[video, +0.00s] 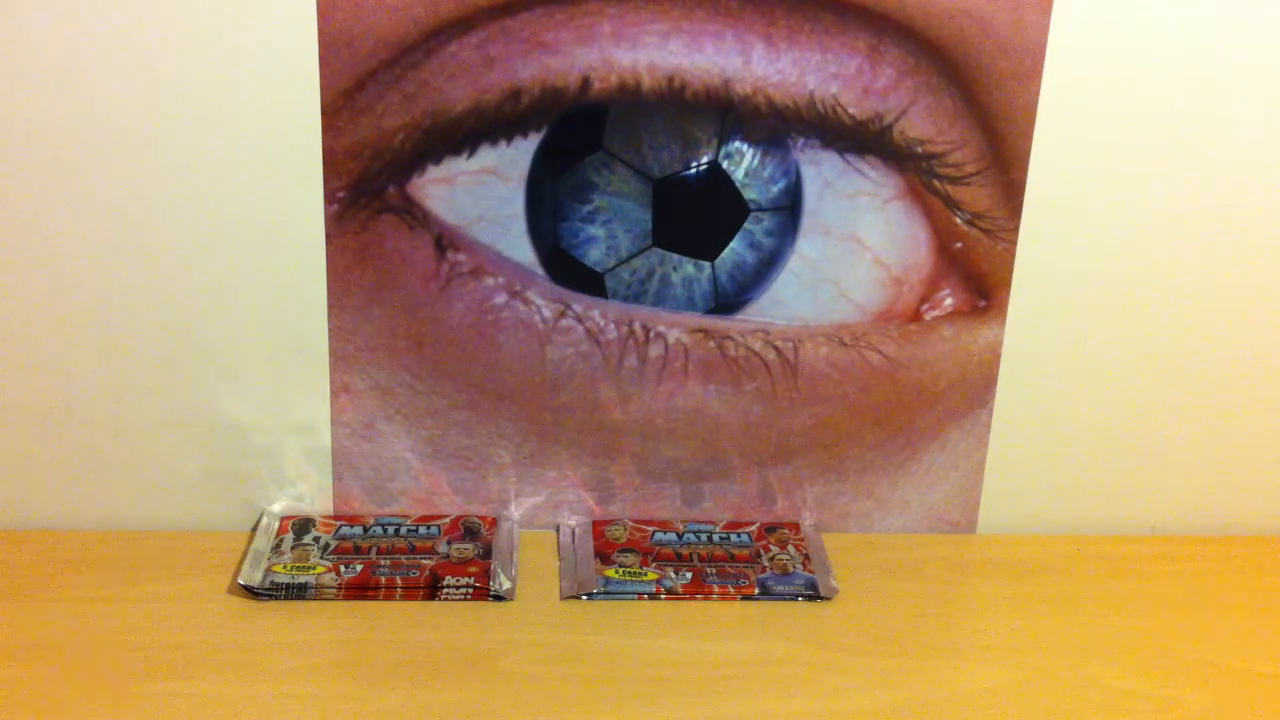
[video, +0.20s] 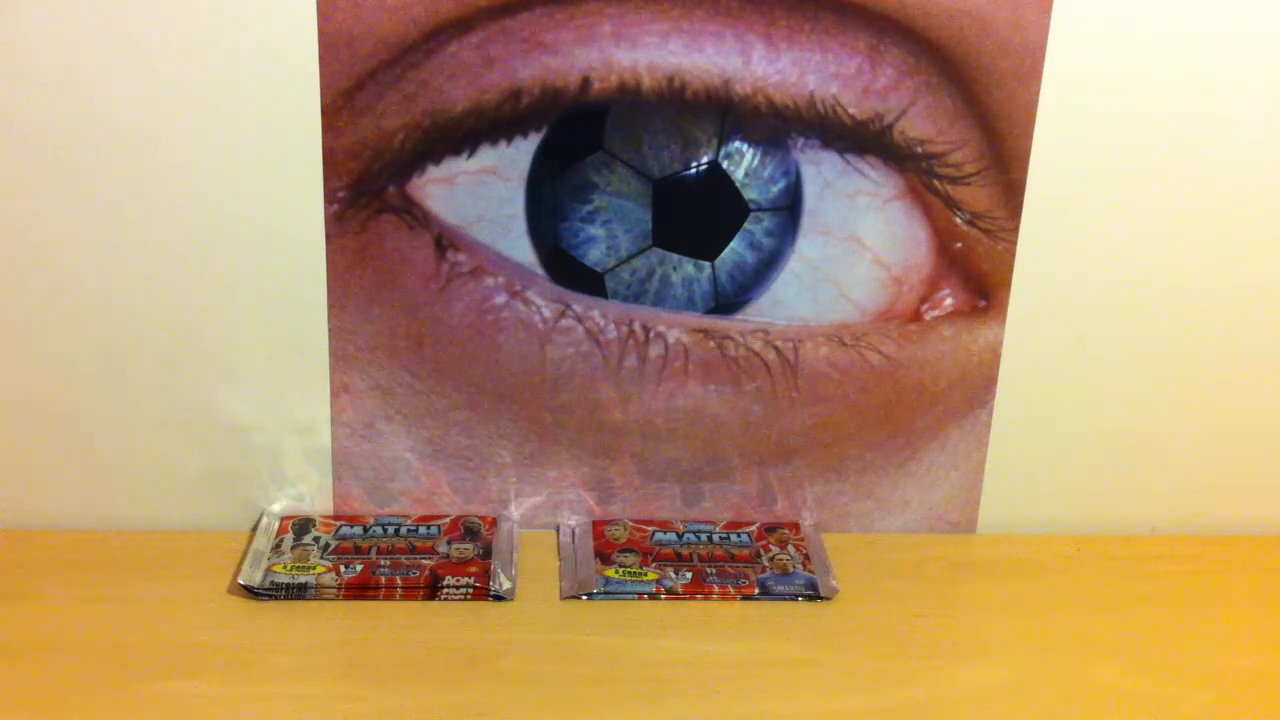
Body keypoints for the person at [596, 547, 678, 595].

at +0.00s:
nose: (621, 560)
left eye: (626, 557)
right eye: (619, 557)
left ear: (638, 558)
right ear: (616, 558)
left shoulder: (651, 573)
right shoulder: (609, 571)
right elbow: (597, 589)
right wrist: (597, 574)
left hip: (641, 606)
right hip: (612, 605)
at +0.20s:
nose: (621, 560)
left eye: (626, 557)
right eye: (619, 557)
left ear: (638, 558)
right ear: (616, 558)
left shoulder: (651, 573)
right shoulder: (609, 571)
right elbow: (597, 589)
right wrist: (596, 574)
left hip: (641, 606)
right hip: (612, 605)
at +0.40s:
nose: (621, 560)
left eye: (626, 557)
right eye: (619, 557)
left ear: (638, 558)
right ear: (616, 558)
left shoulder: (651, 573)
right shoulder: (609, 571)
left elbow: (674, 589)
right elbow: (596, 589)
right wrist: (597, 574)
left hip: (640, 606)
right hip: (612, 605)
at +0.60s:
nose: (621, 560)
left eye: (626, 557)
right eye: (619, 557)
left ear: (638, 558)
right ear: (616, 558)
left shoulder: (651, 573)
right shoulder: (609, 571)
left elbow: (673, 589)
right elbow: (596, 589)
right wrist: (596, 574)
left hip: (641, 606)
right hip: (612, 605)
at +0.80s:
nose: (621, 560)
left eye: (626, 557)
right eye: (619, 557)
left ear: (638, 557)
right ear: (616, 557)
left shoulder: (651, 573)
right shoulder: (609, 571)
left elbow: (675, 590)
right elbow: (596, 589)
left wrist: (667, 574)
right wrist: (596, 574)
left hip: (641, 607)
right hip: (613, 606)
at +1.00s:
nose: (621, 560)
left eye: (626, 557)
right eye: (619, 557)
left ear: (638, 558)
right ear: (615, 558)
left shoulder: (651, 573)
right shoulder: (609, 571)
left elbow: (673, 589)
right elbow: (596, 589)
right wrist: (596, 574)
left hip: (640, 606)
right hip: (612, 605)